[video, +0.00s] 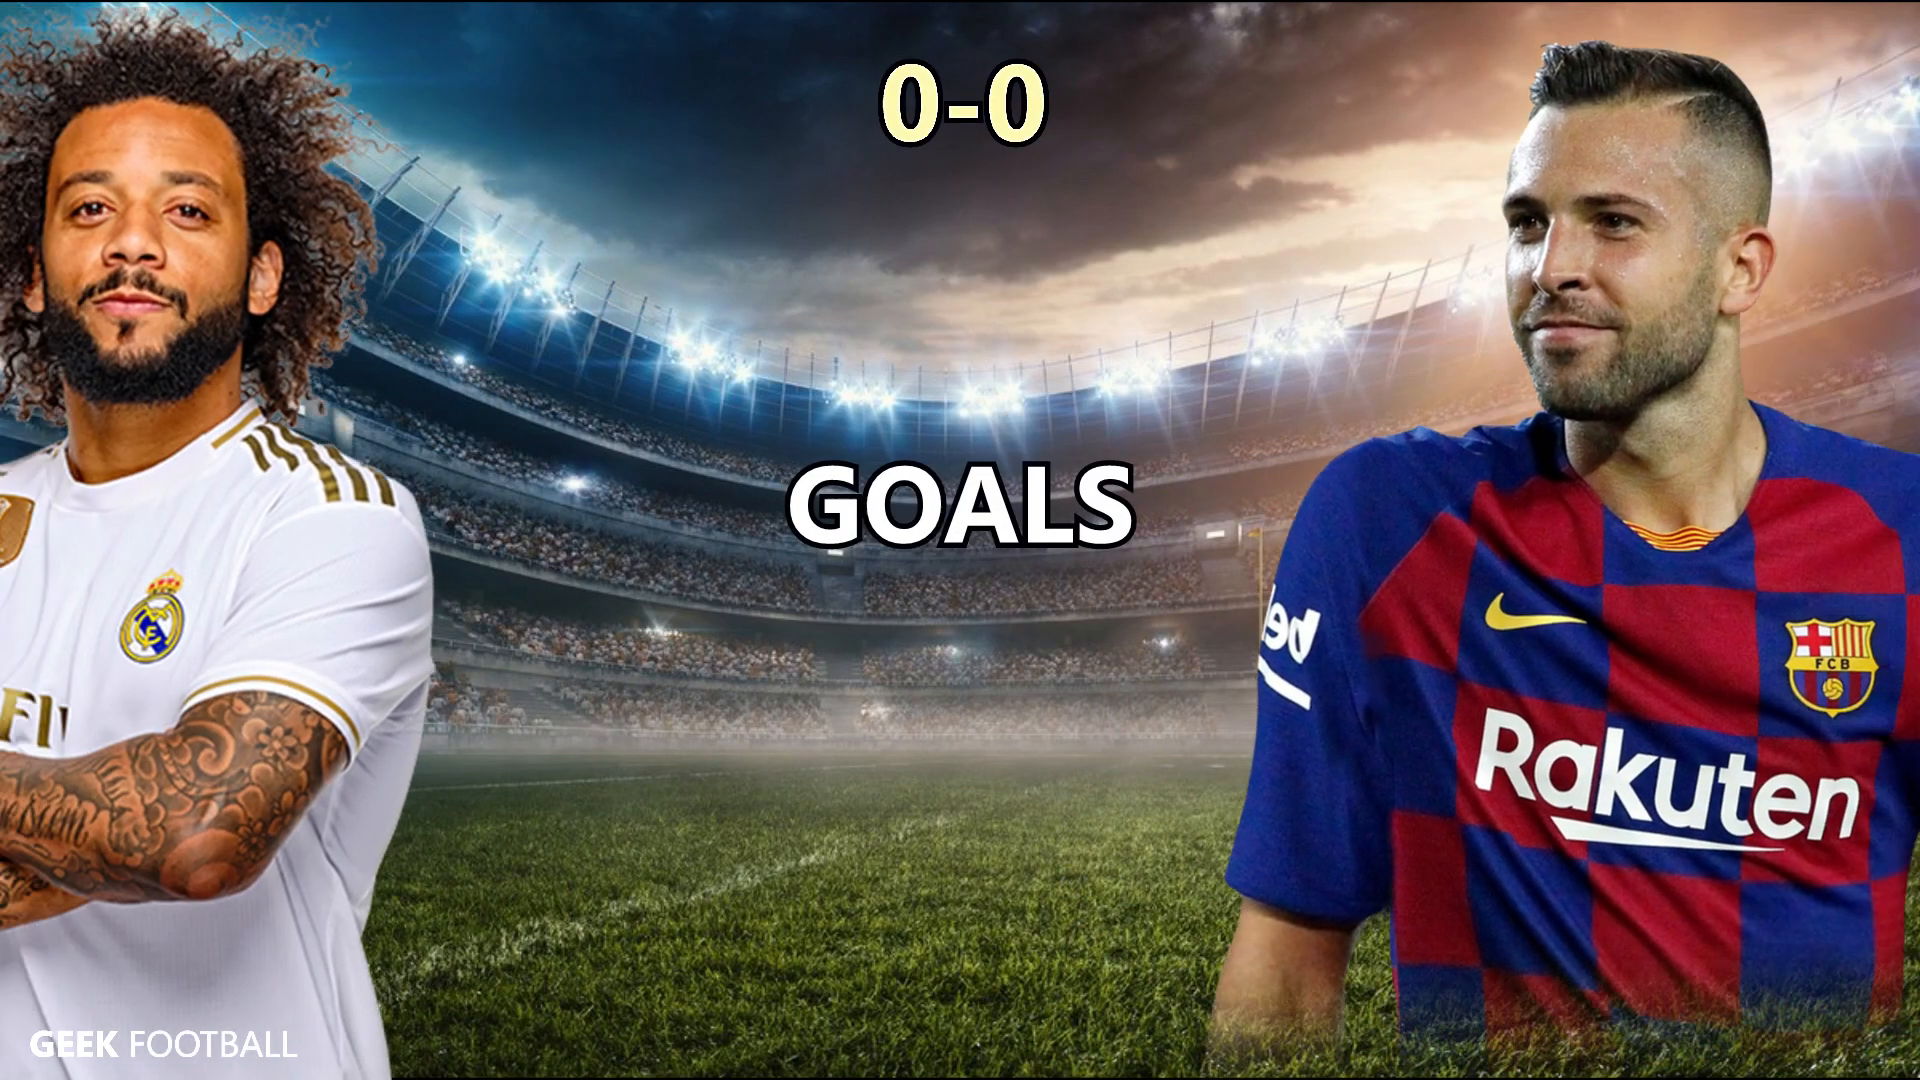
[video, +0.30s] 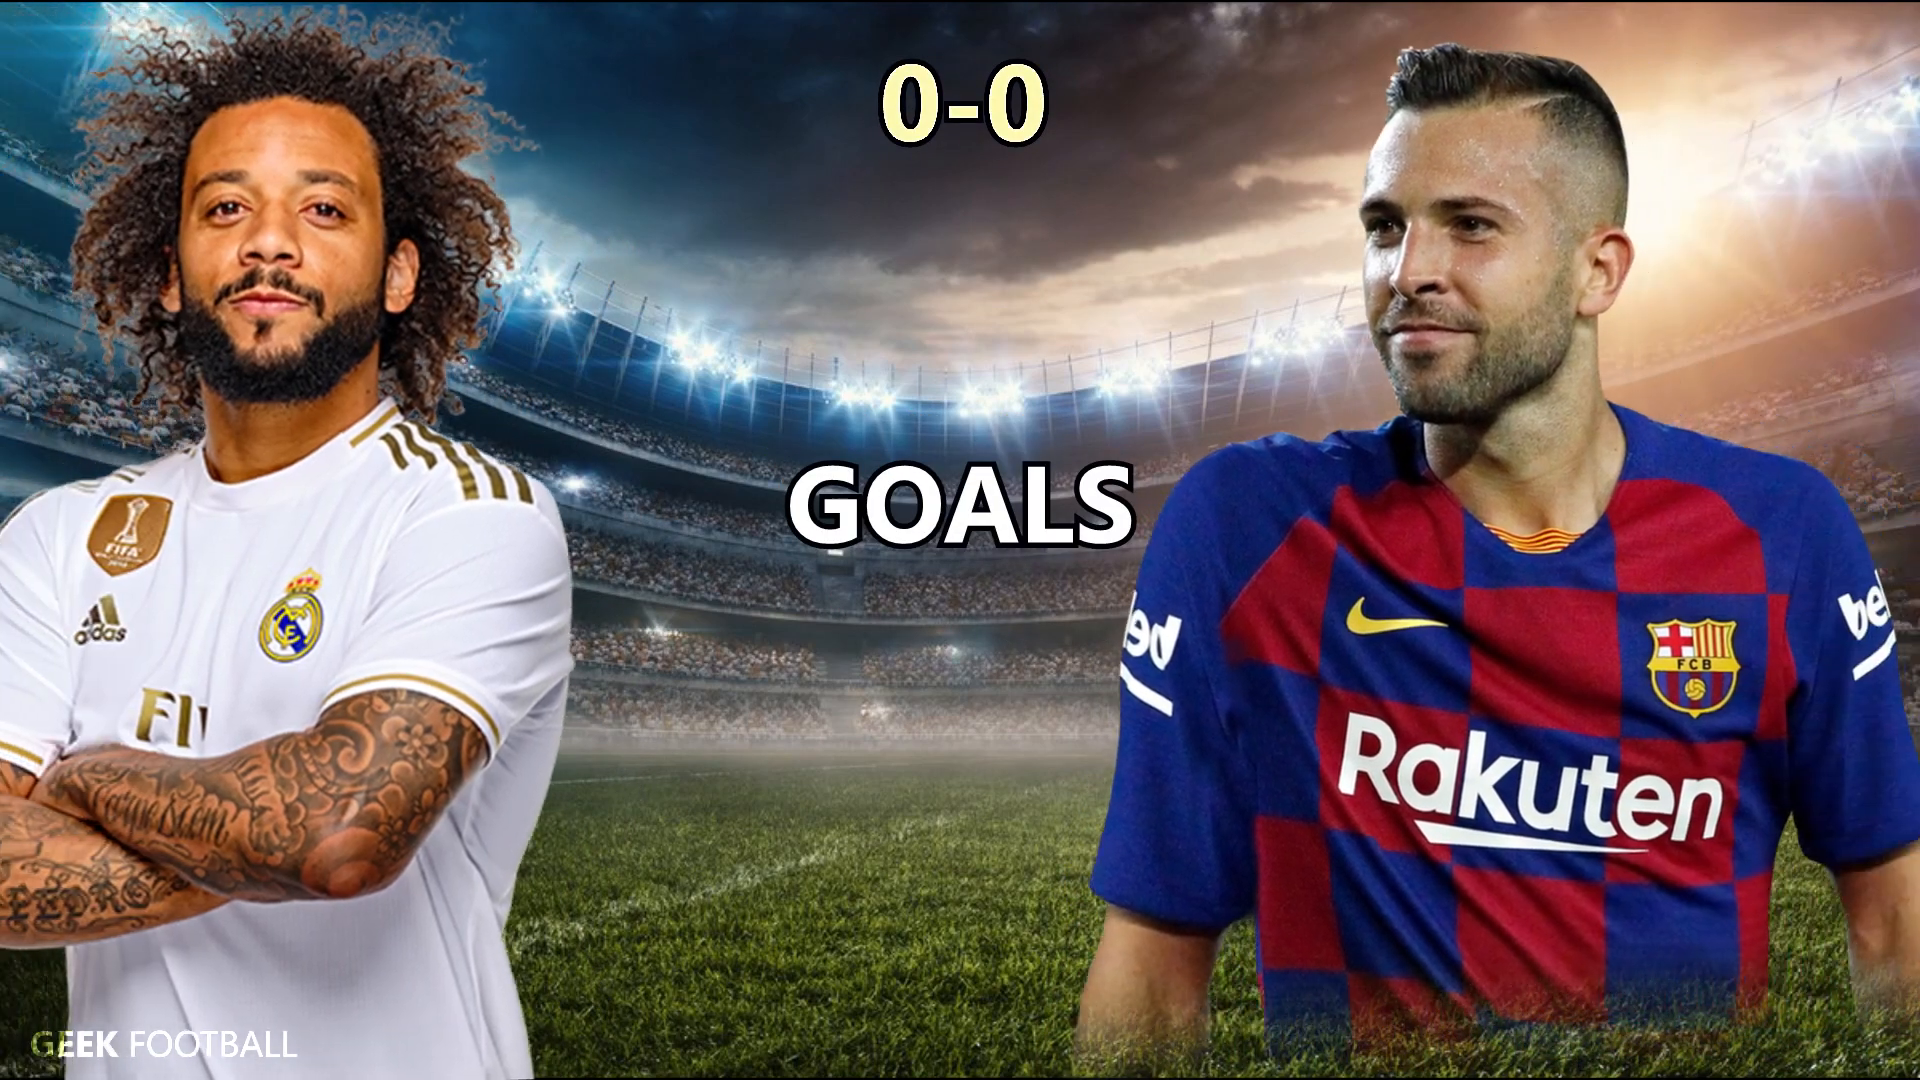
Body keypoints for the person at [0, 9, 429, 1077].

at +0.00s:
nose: (133, 244)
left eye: (187, 210)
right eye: (90, 210)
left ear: (259, 275)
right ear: (36, 275)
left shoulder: (337, 519)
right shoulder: (3, 513)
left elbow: (196, 829)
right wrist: (124, 824)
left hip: (260, 1059)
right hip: (24, 1057)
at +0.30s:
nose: (268, 243)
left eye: (324, 211)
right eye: (227, 208)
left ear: (395, 277)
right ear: (173, 275)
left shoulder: (478, 518)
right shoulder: (56, 537)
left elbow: (340, 832)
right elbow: (7, 885)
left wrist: (69, 775)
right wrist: (261, 831)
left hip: (406, 1064)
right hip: (127, 1063)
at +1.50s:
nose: (385, 248)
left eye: (439, 211)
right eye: (341, 212)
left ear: (512, 277)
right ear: (292, 275)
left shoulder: (597, 520)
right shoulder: (177, 541)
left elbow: (464, 834)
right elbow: (59, 880)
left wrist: (197, 778)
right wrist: (381, 843)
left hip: (528, 1065)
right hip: (252, 1064)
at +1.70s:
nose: (388, 249)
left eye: (442, 212)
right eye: (344, 213)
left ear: (515, 278)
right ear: (295, 276)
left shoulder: (601, 522)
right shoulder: (180, 543)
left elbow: (467, 835)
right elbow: (66, 882)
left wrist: (201, 780)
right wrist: (384, 844)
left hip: (531, 1065)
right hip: (254, 1065)